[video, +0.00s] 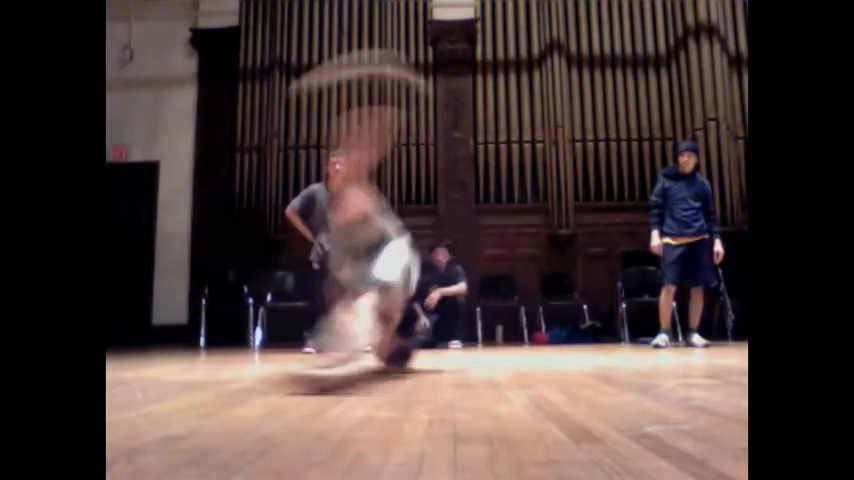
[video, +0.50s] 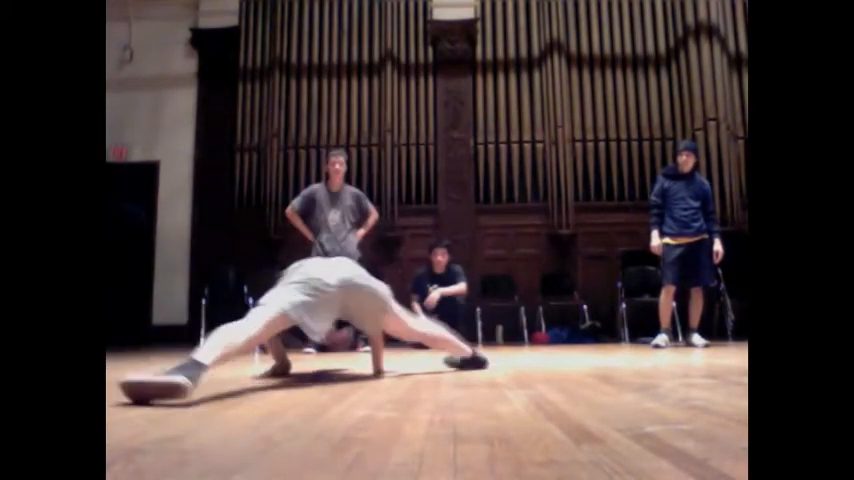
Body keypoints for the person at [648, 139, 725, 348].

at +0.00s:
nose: (686, 160)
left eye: (690, 156)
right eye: (683, 156)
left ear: (697, 159)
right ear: (677, 158)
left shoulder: (702, 184)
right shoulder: (665, 181)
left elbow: (711, 215)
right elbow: (656, 208)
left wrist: (716, 239)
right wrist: (655, 233)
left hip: (699, 240)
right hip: (673, 240)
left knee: (697, 288)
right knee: (669, 286)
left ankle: (693, 332)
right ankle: (664, 332)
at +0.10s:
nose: (685, 160)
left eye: (689, 156)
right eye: (682, 156)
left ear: (696, 159)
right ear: (677, 158)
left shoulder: (702, 184)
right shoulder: (665, 181)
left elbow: (711, 215)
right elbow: (656, 209)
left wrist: (716, 239)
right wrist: (655, 233)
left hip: (699, 240)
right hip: (673, 241)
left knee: (697, 288)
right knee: (669, 287)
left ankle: (693, 332)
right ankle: (664, 332)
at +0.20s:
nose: (685, 160)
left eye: (690, 156)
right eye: (682, 156)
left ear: (696, 159)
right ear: (677, 158)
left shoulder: (702, 184)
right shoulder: (665, 181)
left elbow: (711, 215)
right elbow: (656, 209)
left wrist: (716, 239)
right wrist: (655, 233)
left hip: (699, 240)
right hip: (673, 241)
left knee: (697, 288)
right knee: (669, 287)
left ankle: (693, 332)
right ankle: (664, 332)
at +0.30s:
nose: (685, 160)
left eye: (689, 156)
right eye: (681, 156)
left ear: (696, 159)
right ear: (677, 158)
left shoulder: (702, 184)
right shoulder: (665, 181)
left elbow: (711, 215)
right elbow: (656, 209)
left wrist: (716, 239)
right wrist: (655, 233)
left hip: (699, 240)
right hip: (673, 240)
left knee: (697, 288)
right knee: (669, 287)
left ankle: (693, 332)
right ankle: (664, 332)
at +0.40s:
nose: (685, 160)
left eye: (689, 156)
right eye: (681, 156)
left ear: (696, 159)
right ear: (677, 158)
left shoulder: (702, 184)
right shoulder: (665, 181)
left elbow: (710, 215)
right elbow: (656, 209)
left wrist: (716, 239)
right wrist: (655, 233)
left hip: (699, 240)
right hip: (673, 241)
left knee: (697, 288)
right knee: (669, 287)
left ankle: (693, 332)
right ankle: (664, 332)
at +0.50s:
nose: (684, 160)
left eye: (688, 156)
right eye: (681, 155)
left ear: (695, 159)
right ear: (676, 158)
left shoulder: (702, 184)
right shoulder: (664, 181)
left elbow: (710, 215)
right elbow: (655, 209)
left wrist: (716, 239)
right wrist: (655, 234)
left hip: (699, 240)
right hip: (672, 241)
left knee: (697, 288)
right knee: (669, 287)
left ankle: (693, 332)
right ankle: (664, 332)